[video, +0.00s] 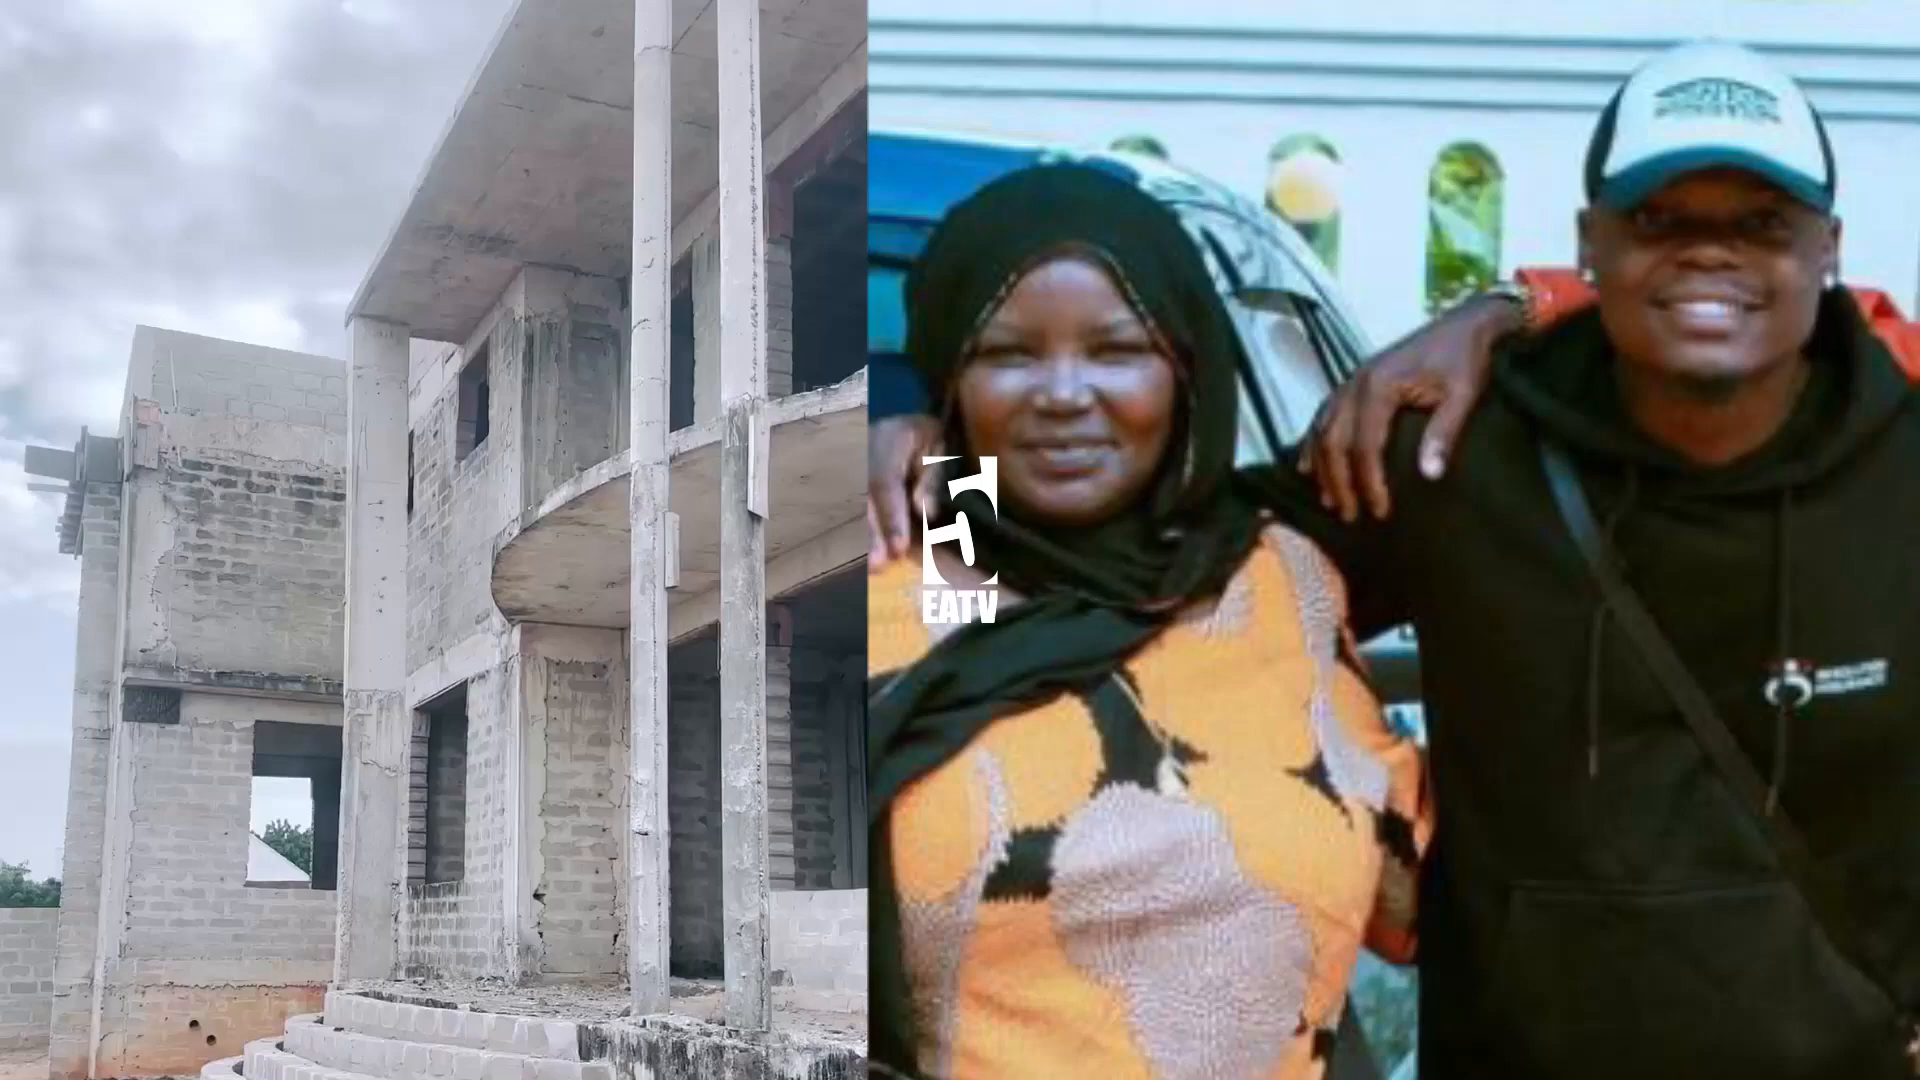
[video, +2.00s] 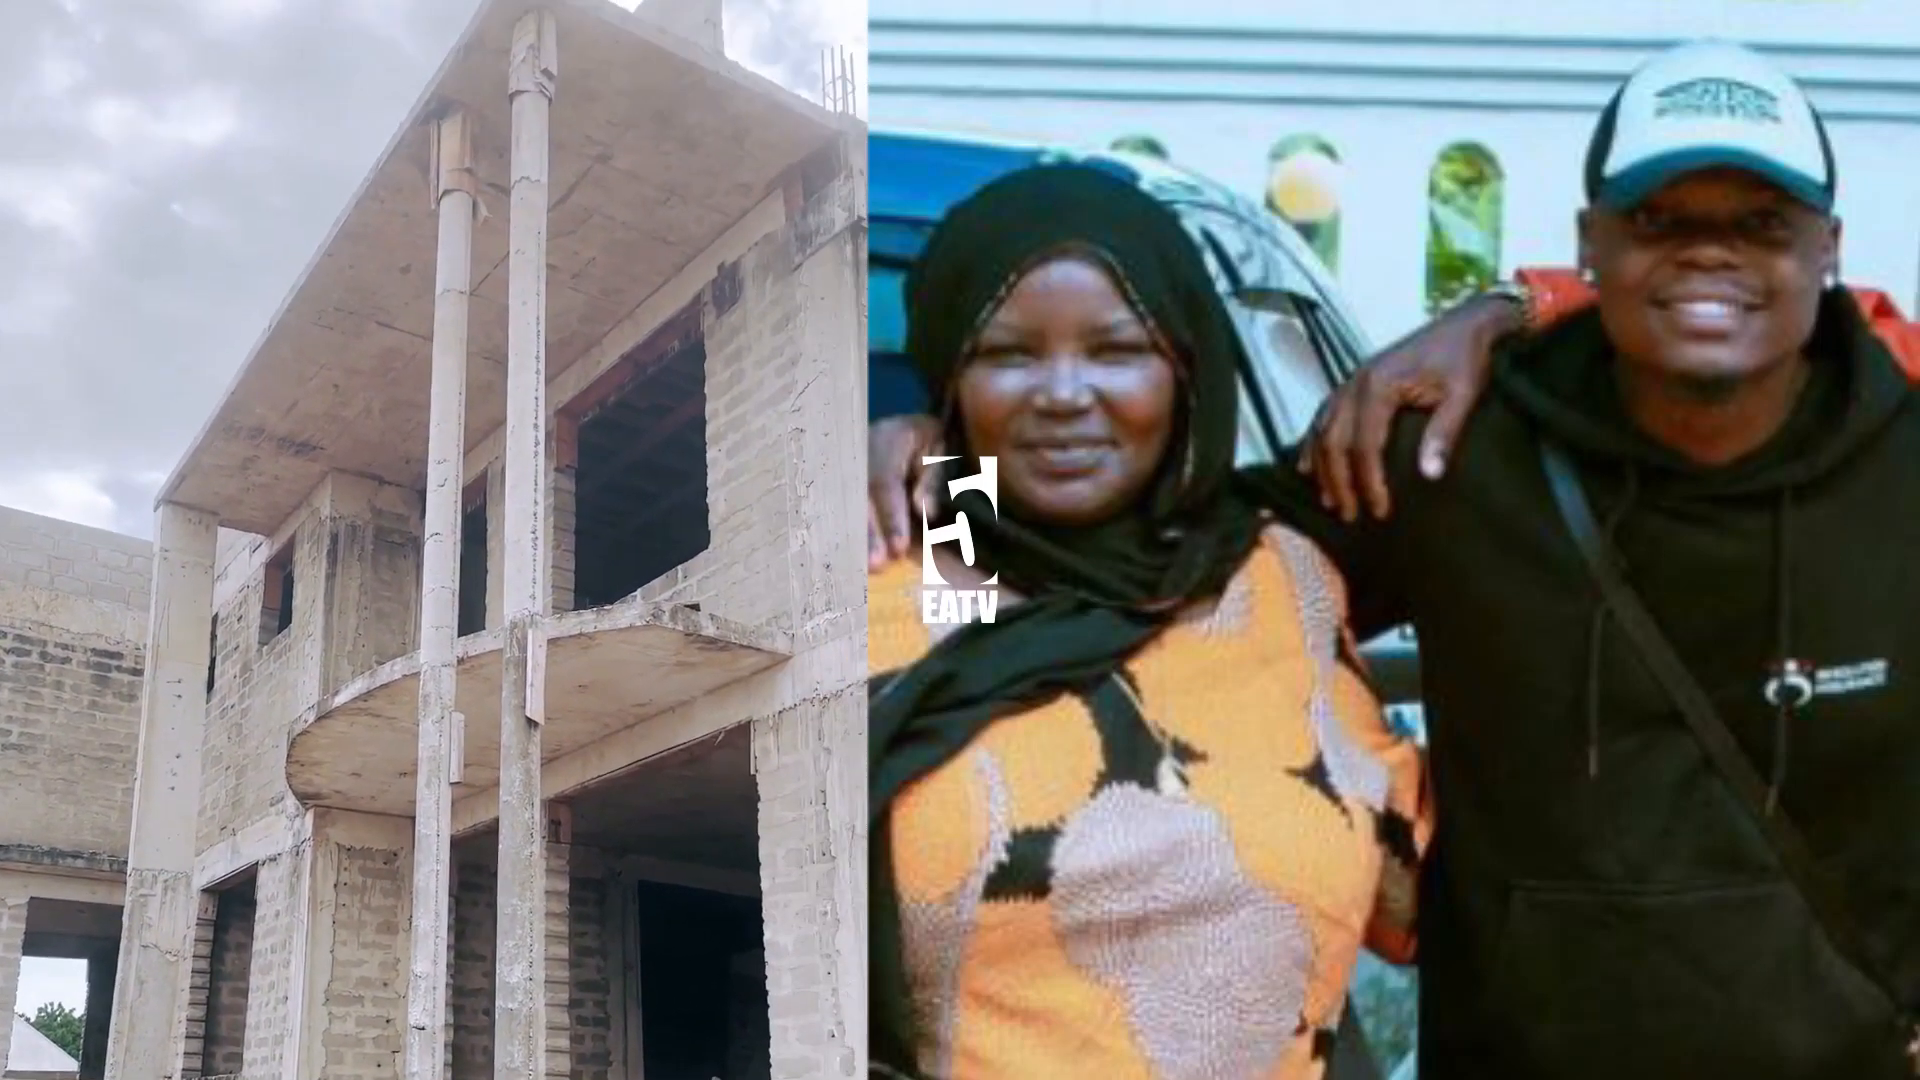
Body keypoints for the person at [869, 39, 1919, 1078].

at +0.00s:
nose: (1706, 252)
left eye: (1757, 220)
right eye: (1664, 216)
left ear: (1826, 251)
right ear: (1595, 242)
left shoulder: (1899, 446)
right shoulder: (1464, 449)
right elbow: (1176, 557)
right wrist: (960, 465)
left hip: (1848, 1037)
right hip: (1535, 1045)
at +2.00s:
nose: (1707, 252)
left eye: (1757, 220)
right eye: (1664, 216)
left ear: (1825, 250)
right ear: (1595, 242)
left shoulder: (1898, 445)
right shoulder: (1464, 447)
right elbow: (1175, 557)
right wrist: (954, 461)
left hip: (1849, 1038)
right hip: (1535, 1045)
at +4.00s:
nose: (1707, 252)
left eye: (1757, 220)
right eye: (1664, 215)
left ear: (1825, 250)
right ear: (1595, 242)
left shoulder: (1899, 445)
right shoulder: (1464, 447)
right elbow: (1174, 558)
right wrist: (954, 463)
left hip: (1849, 1037)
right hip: (1535, 1044)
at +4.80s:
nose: (1707, 251)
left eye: (1757, 219)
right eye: (1664, 215)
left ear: (1826, 250)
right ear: (1595, 242)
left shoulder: (1898, 444)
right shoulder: (1464, 447)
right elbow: (1177, 557)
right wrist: (959, 461)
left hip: (1848, 1037)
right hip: (1535, 1044)